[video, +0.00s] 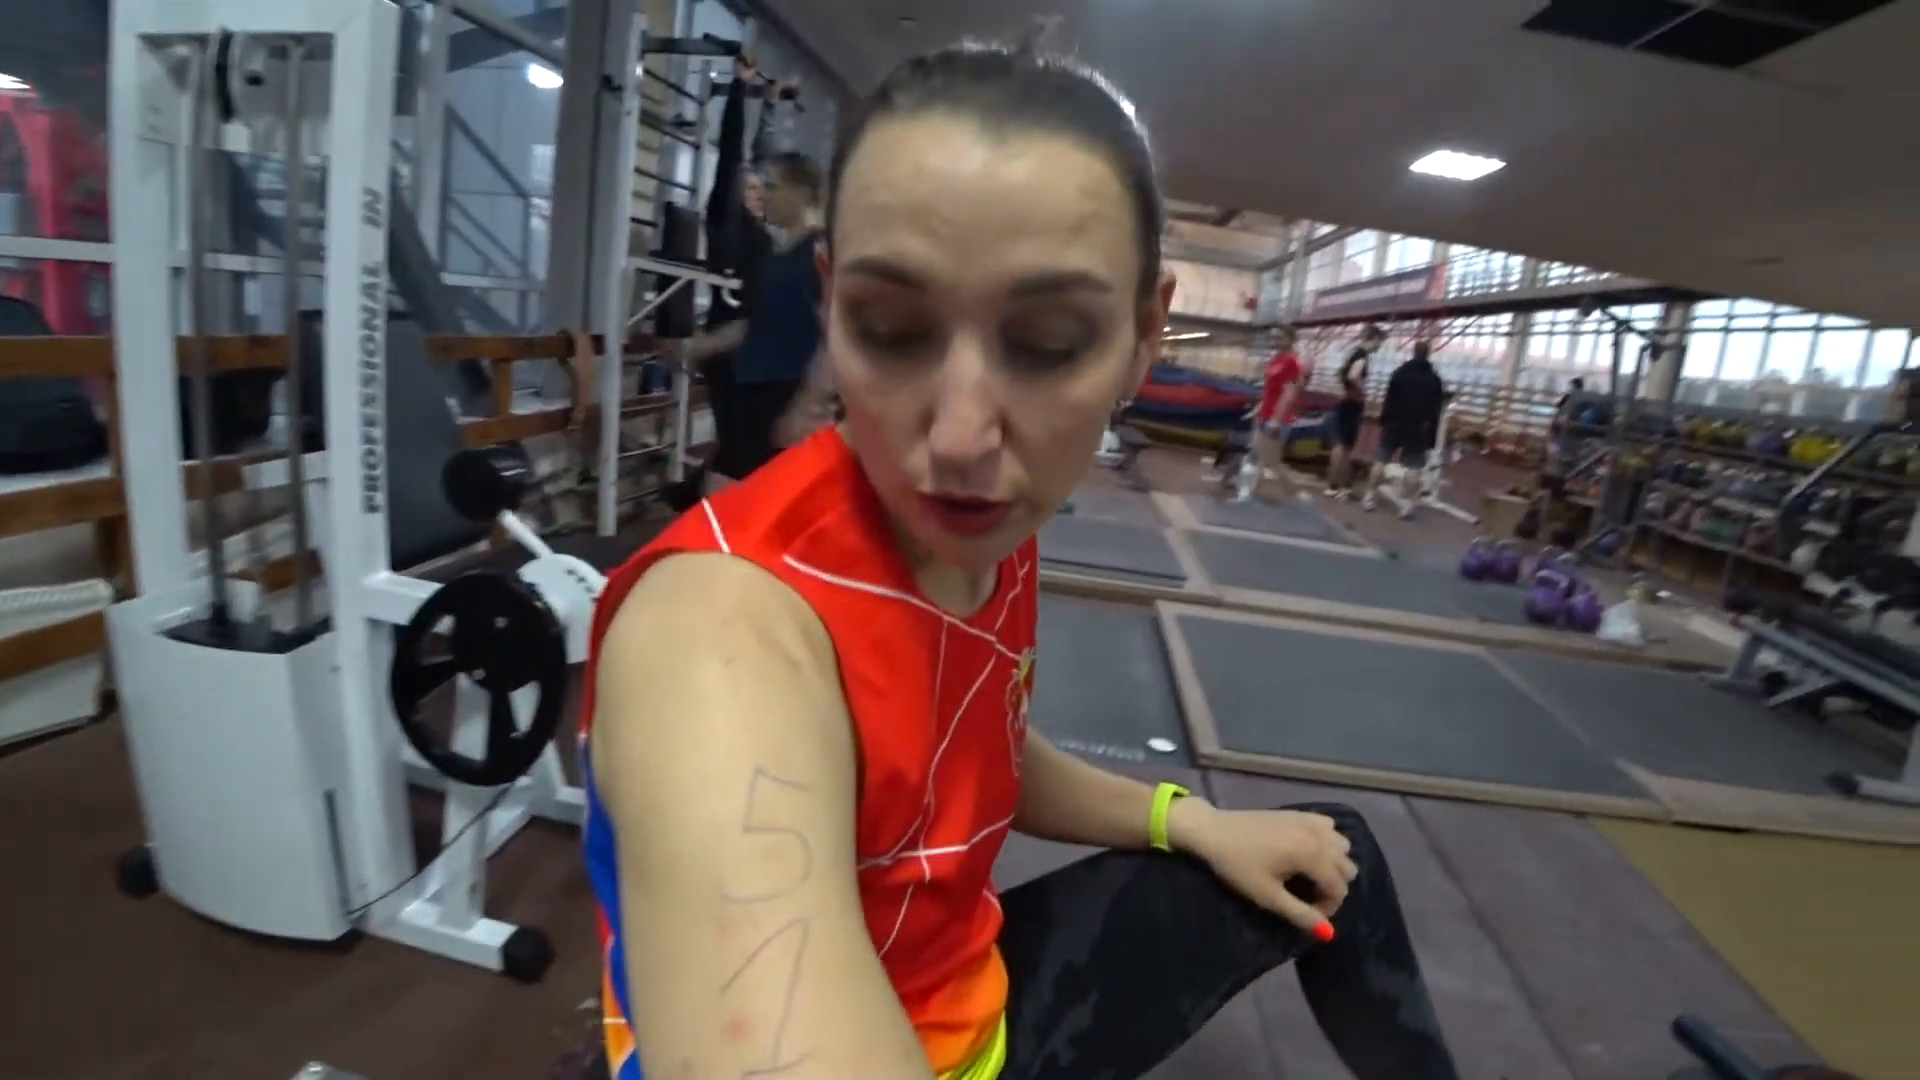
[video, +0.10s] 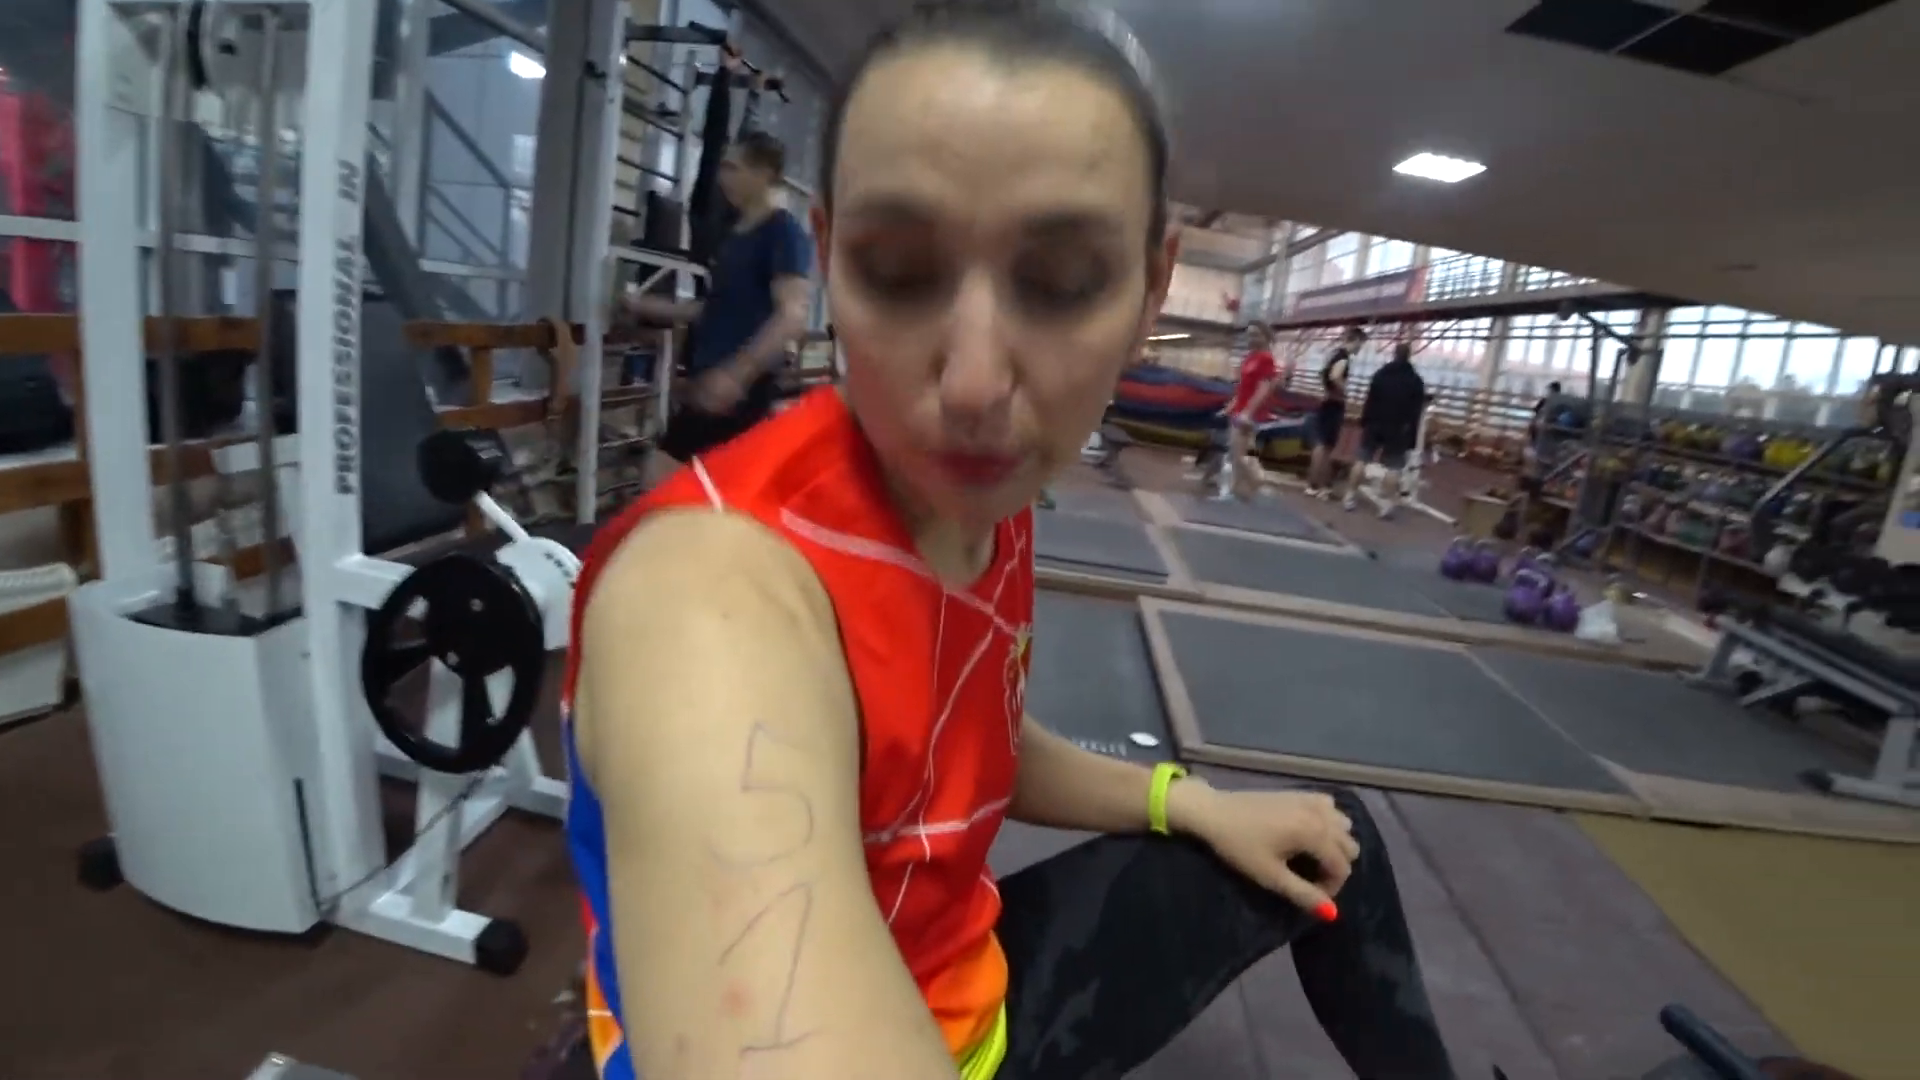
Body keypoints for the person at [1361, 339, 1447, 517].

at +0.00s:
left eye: (1418, 351)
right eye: (1425, 352)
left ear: (1413, 353)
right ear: (1428, 354)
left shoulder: (1400, 373)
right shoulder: (1434, 379)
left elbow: (1389, 399)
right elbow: (1435, 411)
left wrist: (1384, 418)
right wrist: (1431, 435)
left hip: (1395, 424)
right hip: (1419, 428)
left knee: (1381, 459)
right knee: (1413, 468)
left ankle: (1369, 496)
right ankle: (1407, 504)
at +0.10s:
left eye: (1398, 353)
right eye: (1405, 354)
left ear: (1394, 354)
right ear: (1409, 356)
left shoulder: (1381, 373)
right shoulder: (1416, 381)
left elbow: (1370, 399)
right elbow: (1415, 412)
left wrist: (1364, 419)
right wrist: (1412, 436)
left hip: (1375, 424)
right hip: (1399, 429)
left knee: (1362, 460)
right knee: (1393, 469)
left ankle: (1349, 497)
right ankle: (1386, 504)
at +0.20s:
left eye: (1382, 348)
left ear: (1380, 349)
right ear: (1396, 351)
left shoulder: (1368, 368)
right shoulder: (1402, 376)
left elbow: (1356, 394)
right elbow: (1400, 407)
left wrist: (1350, 414)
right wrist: (1397, 431)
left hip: (1360, 418)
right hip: (1383, 424)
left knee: (1347, 454)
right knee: (1377, 462)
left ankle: (1334, 490)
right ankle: (1370, 498)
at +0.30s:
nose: (1374, 331)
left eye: (1374, 327)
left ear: (1372, 328)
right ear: (1388, 330)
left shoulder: (1360, 348)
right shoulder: (1394, 356)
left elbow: (1348, 373)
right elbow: (1393, 386)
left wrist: (1342, 394)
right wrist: (1388, 409)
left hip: (1352, 396)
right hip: (1375, 402)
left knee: (1337, 432)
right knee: (1369, 440)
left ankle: (1324, 467)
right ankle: (1361, 476)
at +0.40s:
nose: (1373, 293)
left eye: (1372, 289)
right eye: (1377, 290)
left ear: (1369, 289)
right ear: (1387, 291)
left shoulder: (1358, 309)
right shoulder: (1391, 317)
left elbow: (1345, 334)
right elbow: (1389, 347)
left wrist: (1338, 356)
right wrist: (1384, 370)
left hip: (1348, 357)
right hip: (1372, 362)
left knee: (1333, 392)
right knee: (1365, 401)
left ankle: (1320, 425)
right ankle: (1359, 434)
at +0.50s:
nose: (1374, 247)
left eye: (1373, 244)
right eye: (1378, 245)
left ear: (1369, 245)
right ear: (1387, 247)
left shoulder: (1357, 265)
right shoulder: (1391, 274)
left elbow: (1344, 291)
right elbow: (1388, 305)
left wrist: (1338, 313)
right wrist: (1384, 329)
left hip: (1348, 313)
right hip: (1370, 319)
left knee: (1333, 348)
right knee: (1364, 357)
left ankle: (1319, 382)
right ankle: (1357, 392)